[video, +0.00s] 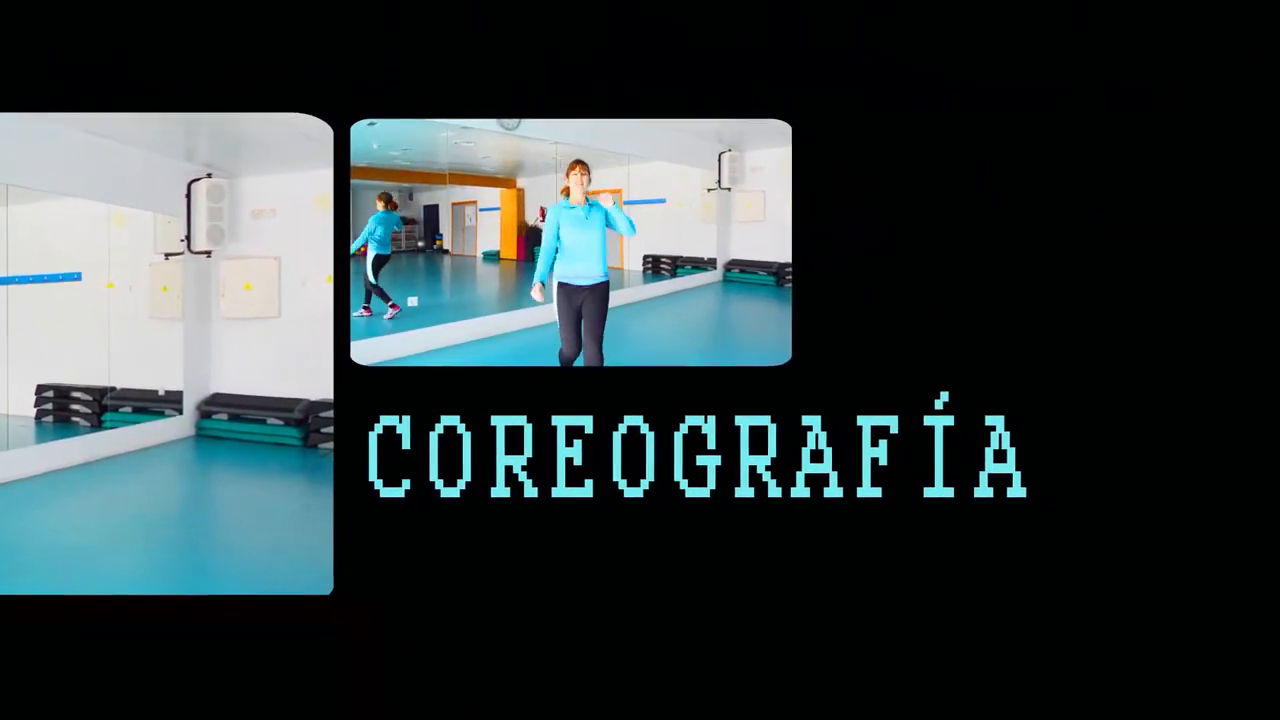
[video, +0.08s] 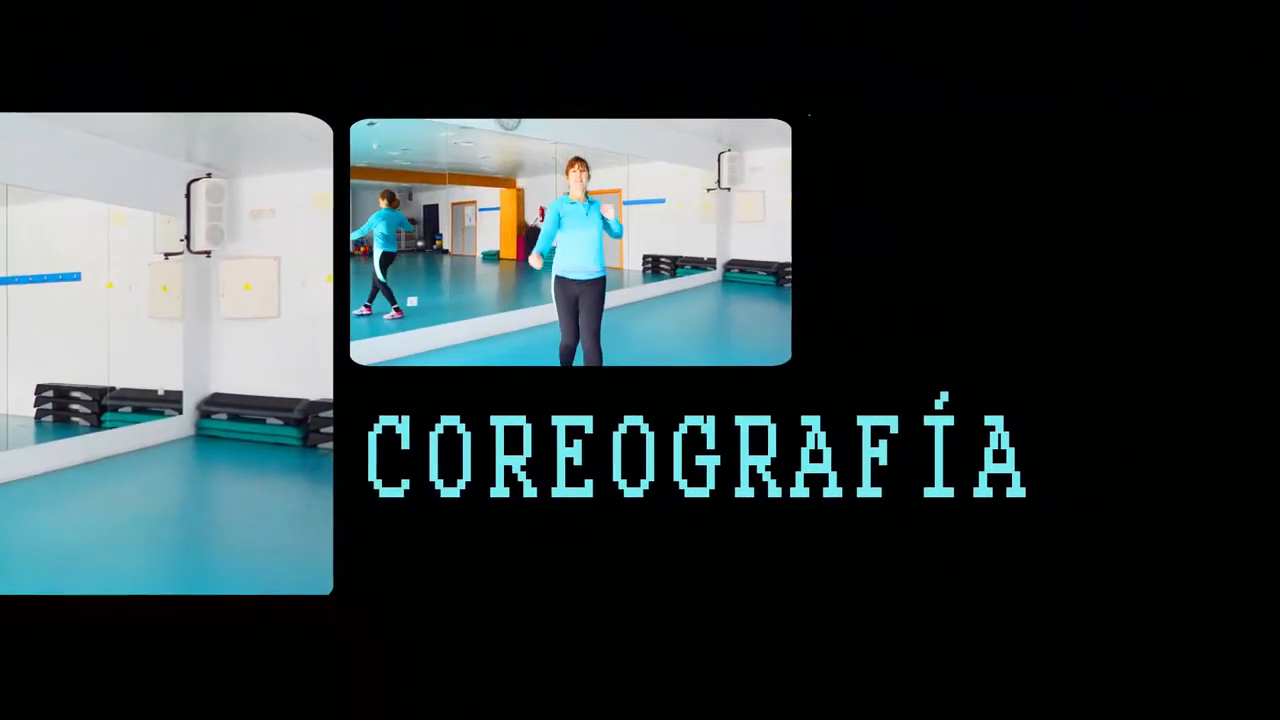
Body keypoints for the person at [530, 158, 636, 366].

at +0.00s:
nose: (579, 177)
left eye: (583, 173)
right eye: (574, 174)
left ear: (589, 179)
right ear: (567, 179)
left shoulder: (601, 209)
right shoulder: (556, 211)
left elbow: (629, 231)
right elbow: (547, 248)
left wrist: (611, 206)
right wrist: (539, 280)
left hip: (597, 286)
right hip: (566, 287)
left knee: (593, 349)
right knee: (571, 349)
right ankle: (564, 364)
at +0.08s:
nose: (579, 175)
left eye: (582, 171)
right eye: (574, 171)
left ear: (588, 176)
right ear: (567, 177)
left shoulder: (597, 206)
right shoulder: (557, 206)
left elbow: (617, 234)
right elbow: (547, 233)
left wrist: (611, 218)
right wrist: (537, 252)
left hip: (594, 280)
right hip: (564, 280)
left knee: (590, 340)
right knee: (569, 339)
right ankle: (565, 365)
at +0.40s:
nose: (576, 176)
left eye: (580, 172)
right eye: (571, 172)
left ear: (585, 176)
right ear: (565, 177)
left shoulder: (594, 205)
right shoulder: (553, 199)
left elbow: (602, 241)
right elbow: (524, 209)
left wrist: (603, 273)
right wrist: (540, 185)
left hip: (585, 270)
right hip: (559, 269)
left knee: (587, 321)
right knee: (563, 322)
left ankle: (587, 345)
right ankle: (558, 363)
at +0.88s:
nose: (560, 173)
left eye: (563, 170)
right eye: (556, 171)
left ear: (568, 174)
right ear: (551, 175)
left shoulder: (577, 197)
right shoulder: (544, 197)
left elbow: (592, 221)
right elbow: (523, 212)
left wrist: (586, 214)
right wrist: (512, 227)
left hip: (570, 253)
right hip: (549, 253)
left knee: (565, 296)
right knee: (554, 293)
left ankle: (560, 336)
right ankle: (559, 318)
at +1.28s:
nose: (530, 162)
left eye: (532, 158)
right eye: (526, 160)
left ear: (538, 161)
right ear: (522, 164)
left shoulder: (546, 181)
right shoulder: (517, 185)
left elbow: (550, 204)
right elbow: (526, 208)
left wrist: (557, 222)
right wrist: (550, 204)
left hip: (543, 232)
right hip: (523, 233)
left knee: (545, 271)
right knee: (528, 270)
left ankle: (554, 307)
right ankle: (530, 306)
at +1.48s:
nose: (503, 158)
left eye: (506, 154)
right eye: (502, 154)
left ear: (516, 154)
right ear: (503, 157)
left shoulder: (530, 171)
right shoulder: (502, 175)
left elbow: (537, 193)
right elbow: (518, 192)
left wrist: (545, 212)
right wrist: (544, 186)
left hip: (529, 224)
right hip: (508, 225)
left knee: (536, 262)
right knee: (512, 261)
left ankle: (548, 297)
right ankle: (514, 296)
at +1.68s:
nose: (485, 141)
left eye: (487, 137)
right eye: (484, 138)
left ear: (498, 137)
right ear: (486, 140)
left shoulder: (515, 154)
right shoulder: (486, 158)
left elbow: (531, 171)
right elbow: (475, 170)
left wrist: (540, 193)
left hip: (515, 208)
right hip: (495, 209)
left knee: (524, 245)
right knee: (488, 245)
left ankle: (534, 283)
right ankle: (490, 285)